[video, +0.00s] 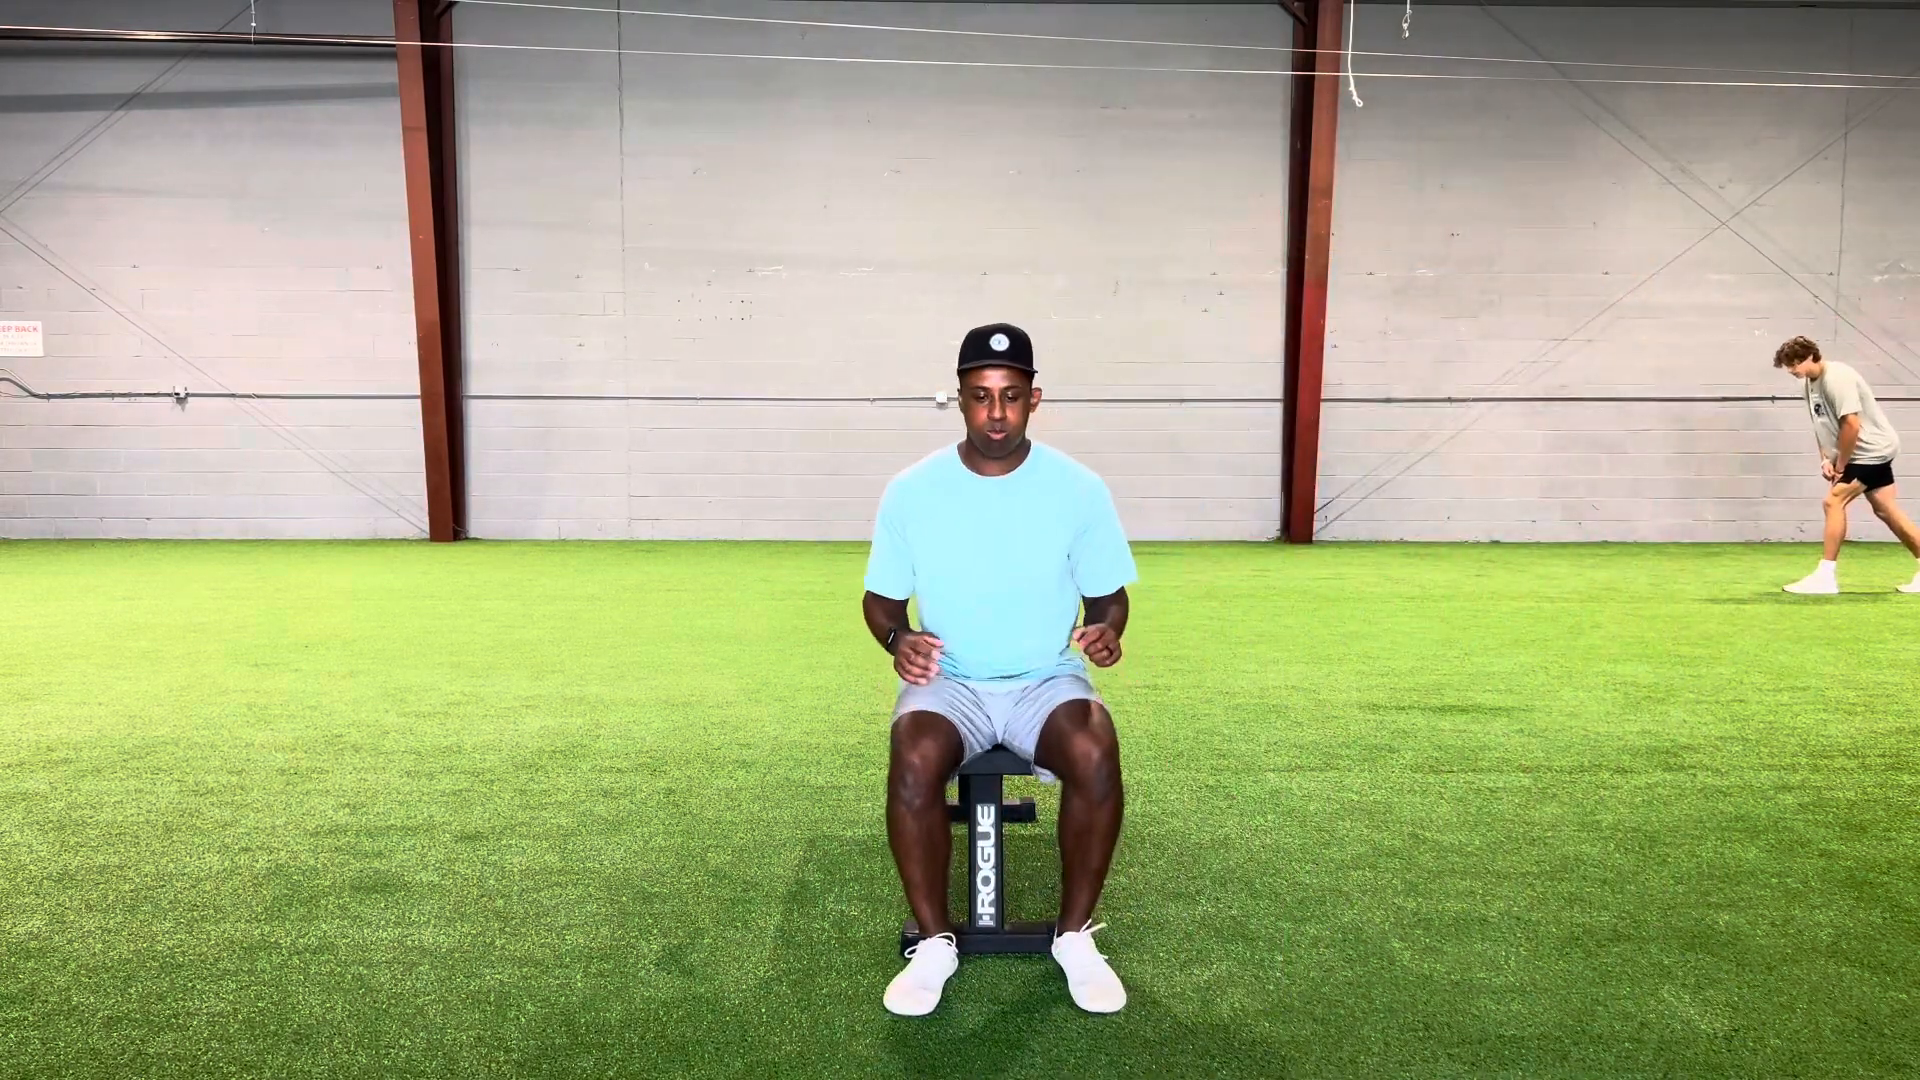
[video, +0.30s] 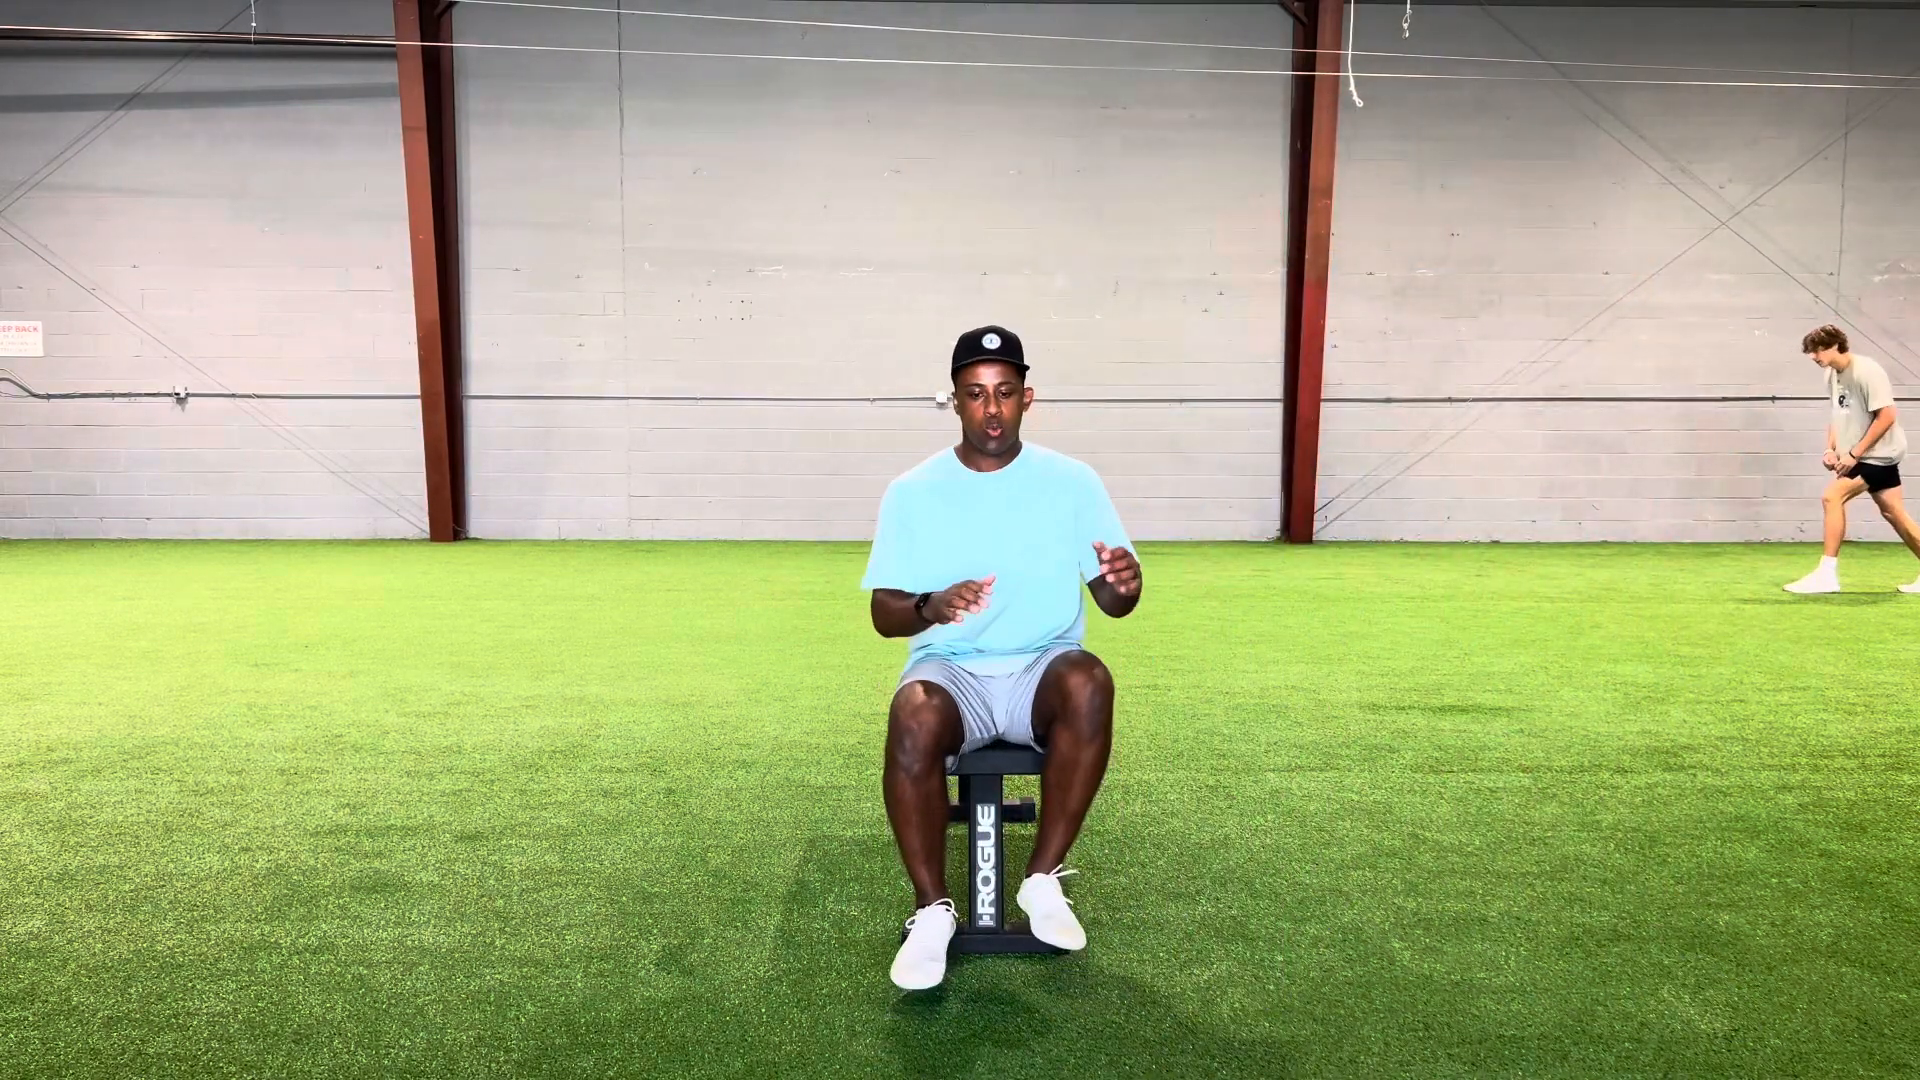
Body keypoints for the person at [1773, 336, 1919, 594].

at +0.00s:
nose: (1792, 372)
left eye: (1793, 365)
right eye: (1789, 367)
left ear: (1809, 357)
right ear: (1804, 361)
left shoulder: (1837, 378)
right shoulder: (1810, 384)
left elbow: (1852, 425)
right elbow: (1821, 426)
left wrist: (1840, 465)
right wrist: (1825, 458)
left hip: (1874, 452)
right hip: (1868, 452)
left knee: (1834, 502)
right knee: (1886, 510)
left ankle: (1825, 575)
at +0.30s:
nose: (1814, 358)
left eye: (1816, 352)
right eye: (1812, 353)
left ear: (1833, 346)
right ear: (1829, 350)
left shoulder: (1867, 370)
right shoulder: (1832, 375)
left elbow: (1887, 416)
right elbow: (1837, 417)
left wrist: (1855, 453)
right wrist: (1830, 448)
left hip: (1880, 455)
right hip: (1871, 456)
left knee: (1833, 498)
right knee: (1894, 512)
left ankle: (1826, 573)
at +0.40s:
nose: (1814, 358)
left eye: (1817, 351)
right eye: (1813, 353)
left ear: (1835, 346)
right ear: (1829, 350)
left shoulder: (1867, 370)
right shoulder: (1832, 375)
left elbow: (1891, 413)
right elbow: (1839, 415)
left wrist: (1862, 453)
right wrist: (1831, 447)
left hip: (1879, 457)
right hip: (1869, 458)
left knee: (1831, 499)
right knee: (1895, 513)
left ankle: (1829, 574)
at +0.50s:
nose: (1807, 359)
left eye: (1811, 353)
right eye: (1804, 354)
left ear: (1828, 349)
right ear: (1818, 353)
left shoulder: (1856, 371)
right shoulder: (1827, 379)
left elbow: (1887, 414)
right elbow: (1833, 417)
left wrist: (1863, 455)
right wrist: (1830, 448)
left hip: (1879, 456)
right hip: (1867, 457)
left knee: (1833, 500)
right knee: (1893, 513)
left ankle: (1828, 576)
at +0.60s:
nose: (1796, 365)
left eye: (1799, 359)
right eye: (1794, 360)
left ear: (1816, 354)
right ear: (1811, 358)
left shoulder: (1844, 376)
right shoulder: (1816, 384)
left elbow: (1875, 418)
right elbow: (1825, 420)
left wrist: (1854, 459)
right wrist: (1826, 450)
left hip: (1876, 455)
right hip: (1866, 456)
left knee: (1833, 501)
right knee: (1892, 513)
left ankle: (1828, 576)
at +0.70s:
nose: (1787, 369)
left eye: (1790, 362)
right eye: (1785, 364)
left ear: (1807, 358)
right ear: (1801, 361)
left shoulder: (1835, 378)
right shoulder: (1806, 388)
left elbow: (1862, 421)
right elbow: (1819, 423)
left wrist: (1843, 462)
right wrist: (1822, 454)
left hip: (1872, 454)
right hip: (1865, 454)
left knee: (1831, 502)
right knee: (1890, 511)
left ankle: (1828, 577)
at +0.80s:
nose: (1780, 372)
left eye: (1784, 366)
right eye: (1778, 368)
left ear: (1801, 361)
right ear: (1793, 365)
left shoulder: (1829, 380)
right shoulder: (1801, 391)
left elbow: (1855, 425)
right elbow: (1816, 427)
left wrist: (1834, 464)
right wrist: (1818, 458)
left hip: (1869, 454)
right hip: (1861, 454)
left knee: (1827, 503)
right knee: (1886, 512)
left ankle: (1827, 576)